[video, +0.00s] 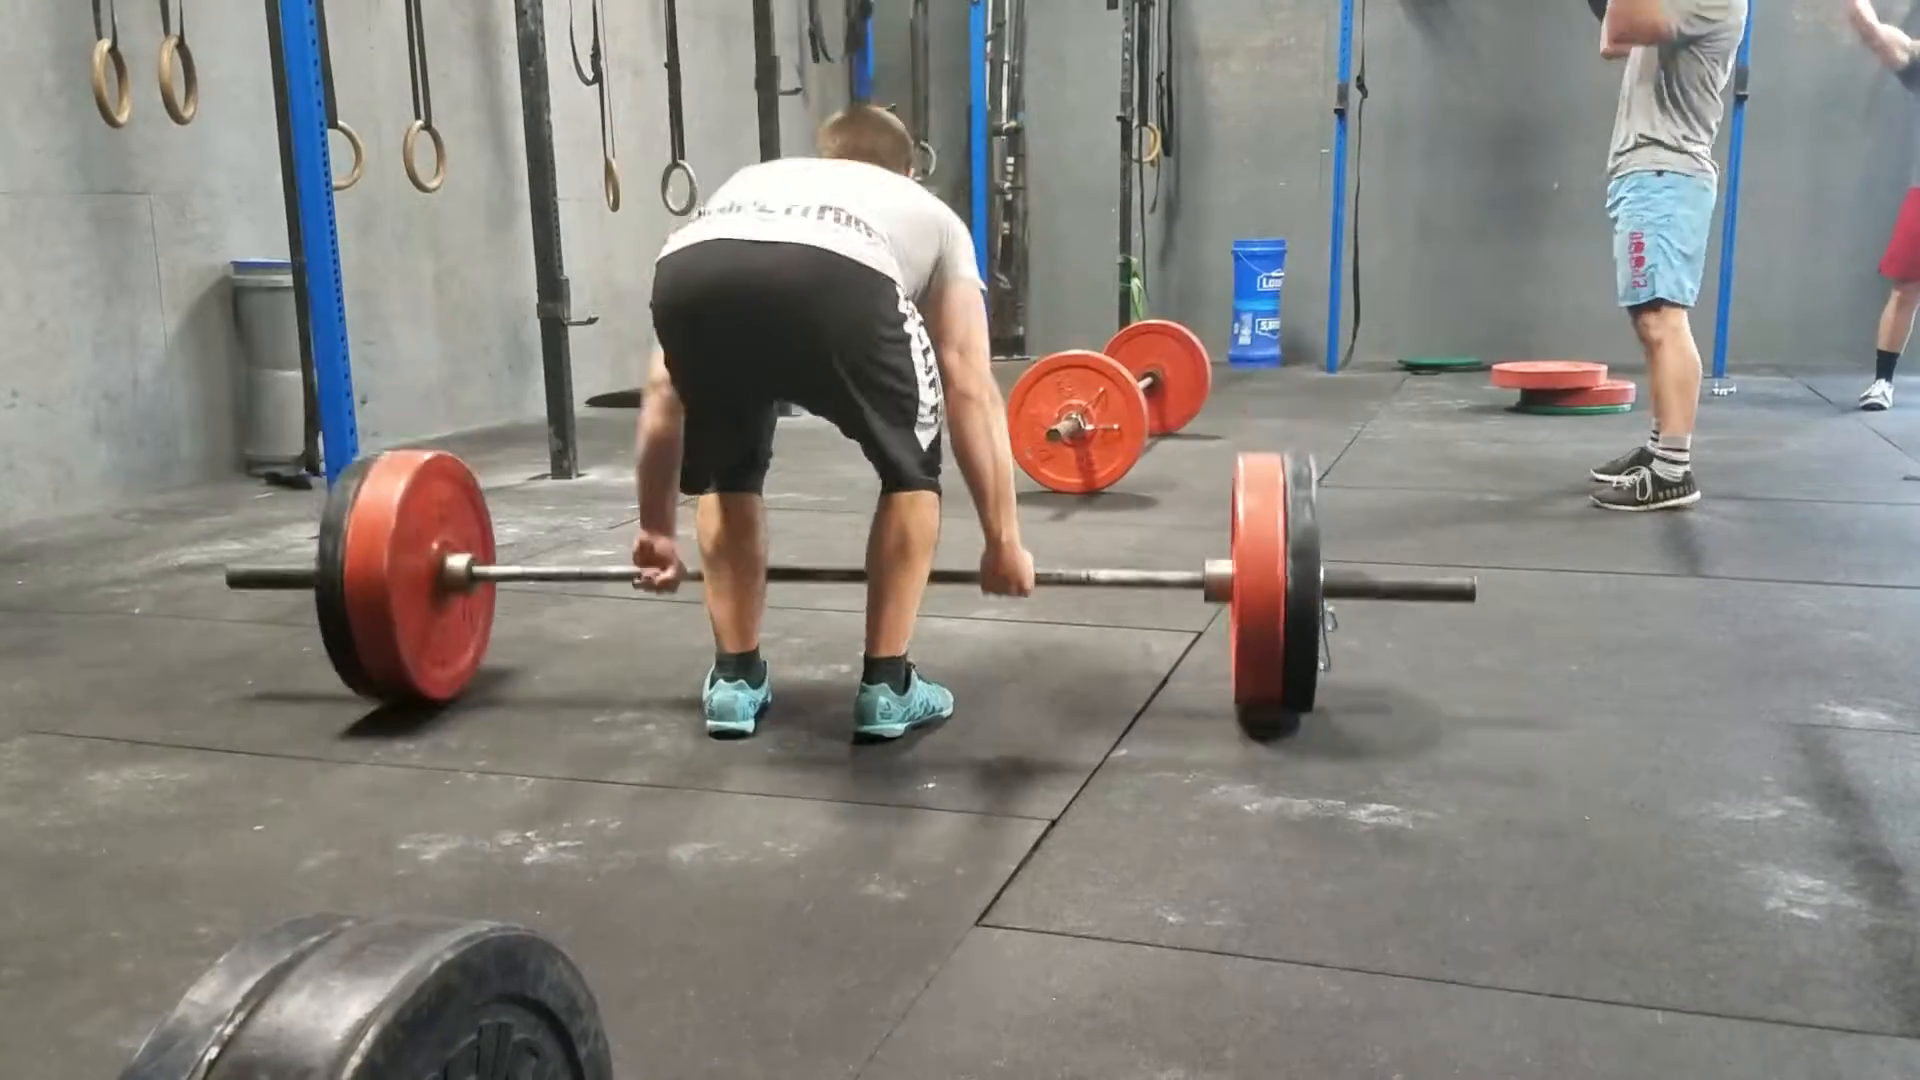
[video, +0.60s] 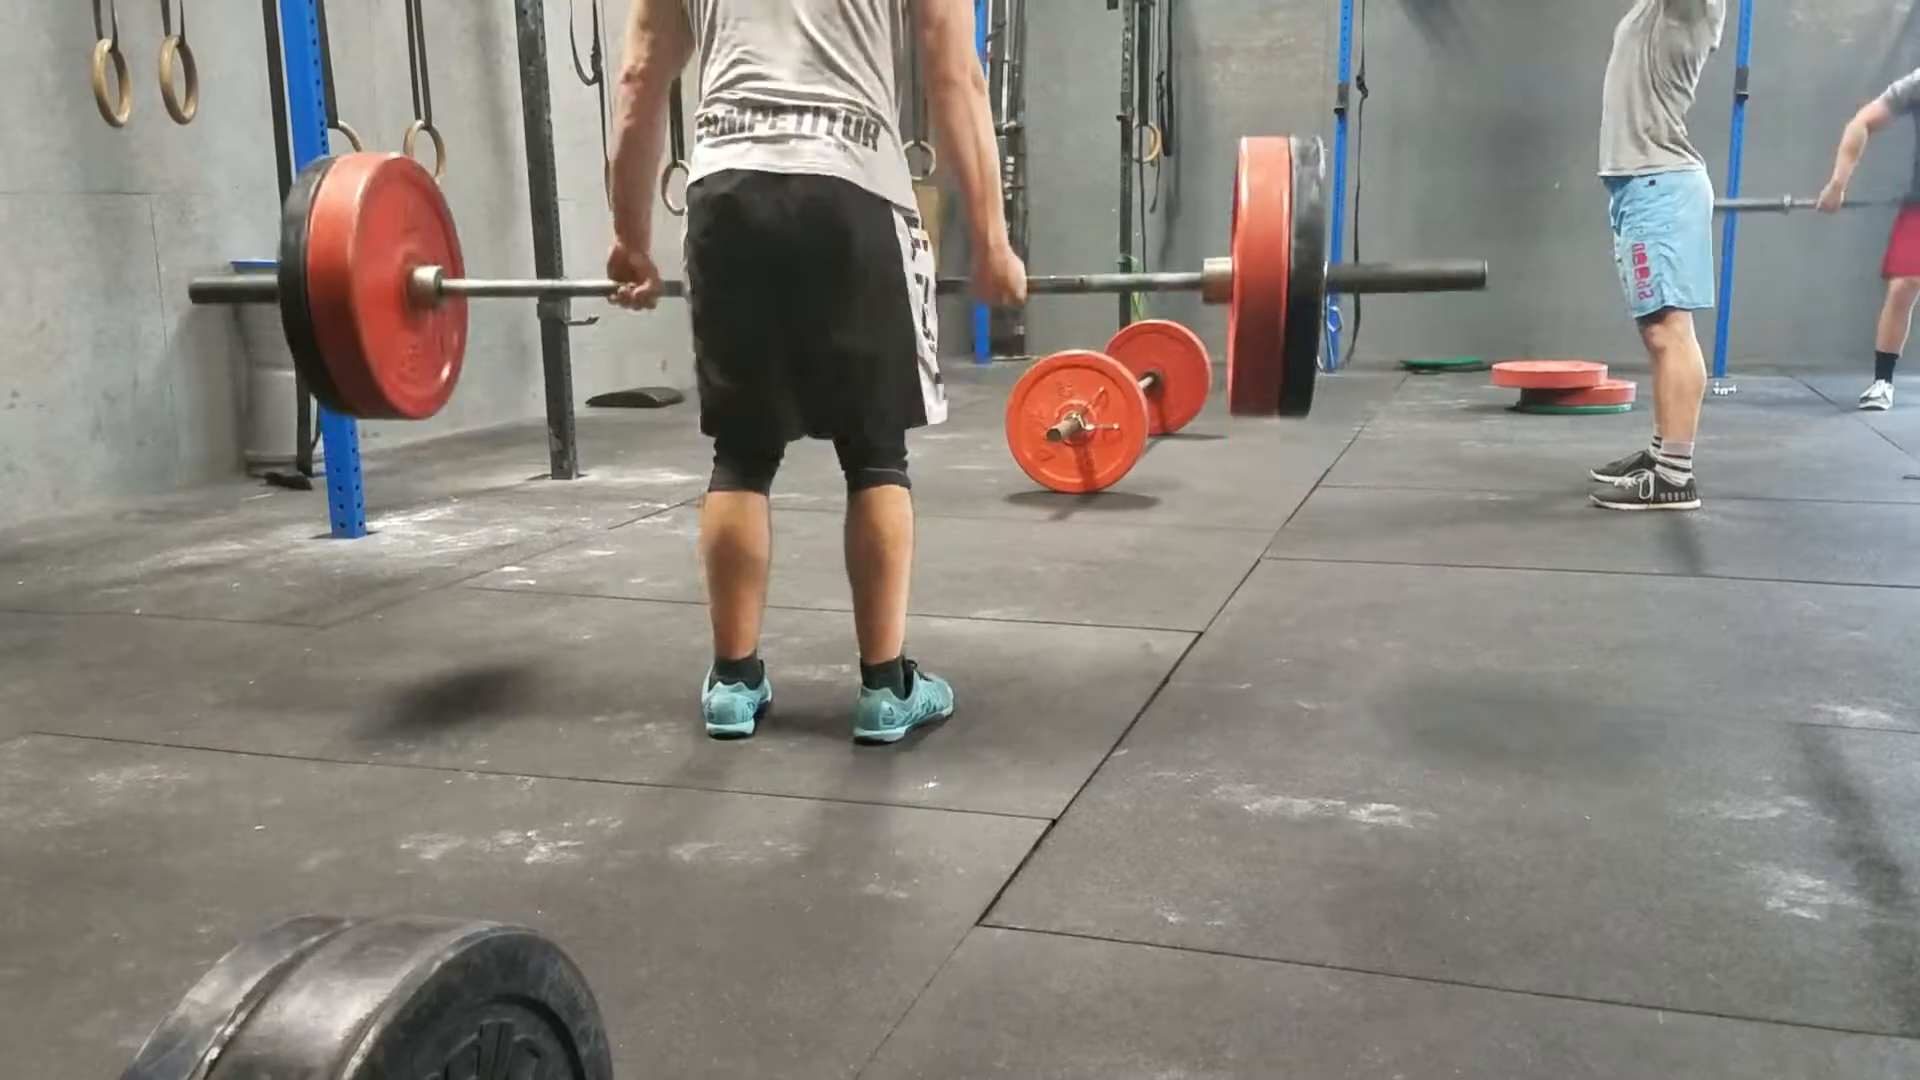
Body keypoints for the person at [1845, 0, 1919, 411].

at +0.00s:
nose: (1898, 56)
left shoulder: (1914, 70)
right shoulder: (1915, 70)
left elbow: (1884, 37)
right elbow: (1877, 33)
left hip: (1915, 195)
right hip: (1917, 193)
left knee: (1905, 290)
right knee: (1905, 288)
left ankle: (1883, 381)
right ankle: (1882, 382)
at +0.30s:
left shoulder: (1914, 71)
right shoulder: (1917, 69)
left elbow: (1853, 66)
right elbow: (1853, 66)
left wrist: (1846, 32)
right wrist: (1845, 30)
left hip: (1917, 196)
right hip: (1919, 194)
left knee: (1906, 290)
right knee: (1905, 288)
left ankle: (1883, 381)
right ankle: (1882, 381)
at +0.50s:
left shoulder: (1913, 68)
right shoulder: (1917, 67)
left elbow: (1858, 89)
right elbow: (1858, 89)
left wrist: (1842, 132)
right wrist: (1843, 132)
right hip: (1919, 193)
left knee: (1906, 290)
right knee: (1905, 289)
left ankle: (1883, 381)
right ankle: (1883, 382)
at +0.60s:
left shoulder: (1912, 86)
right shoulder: (1915, 84)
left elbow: (1861, 123)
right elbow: (1861, 123)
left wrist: (1837, 184)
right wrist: (1837, 183)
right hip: (1916, 204)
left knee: (1905, 286)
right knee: (1904, 284)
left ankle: (1882, 381)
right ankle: (1882, 382)